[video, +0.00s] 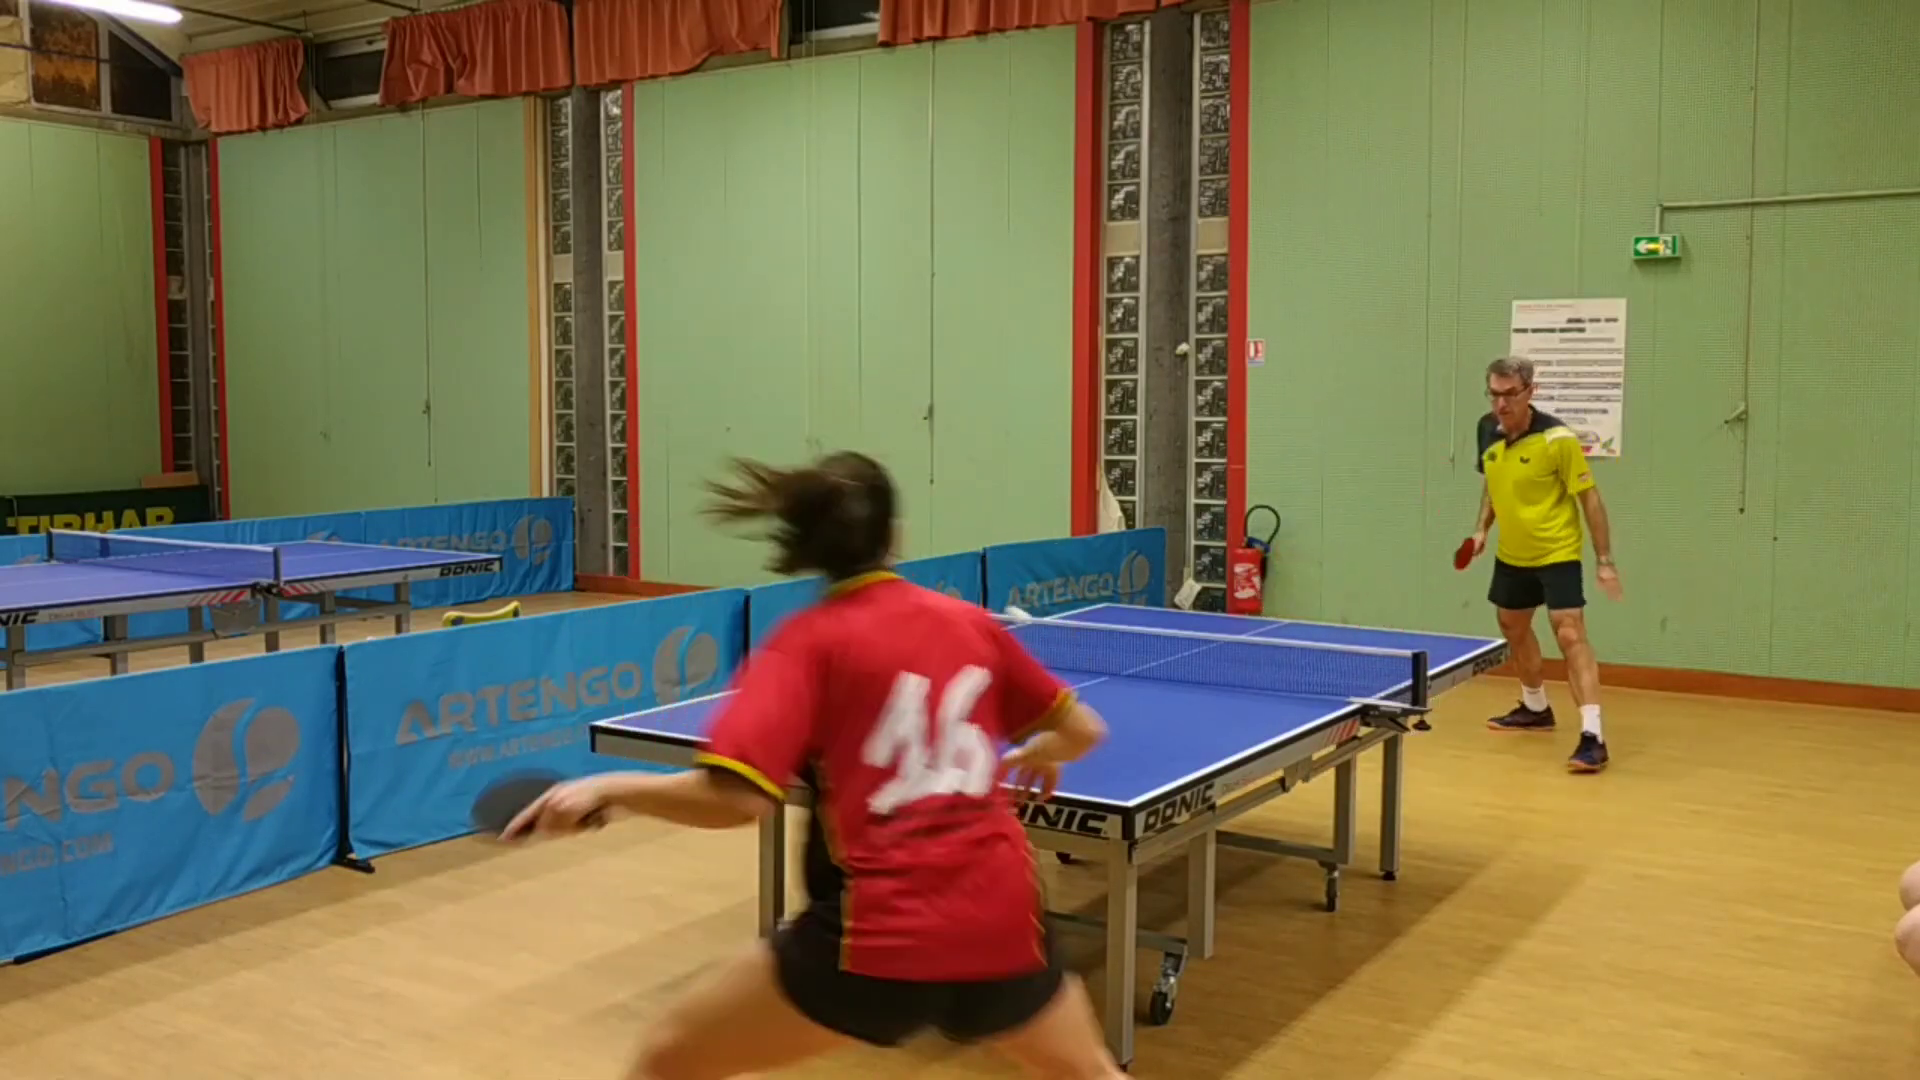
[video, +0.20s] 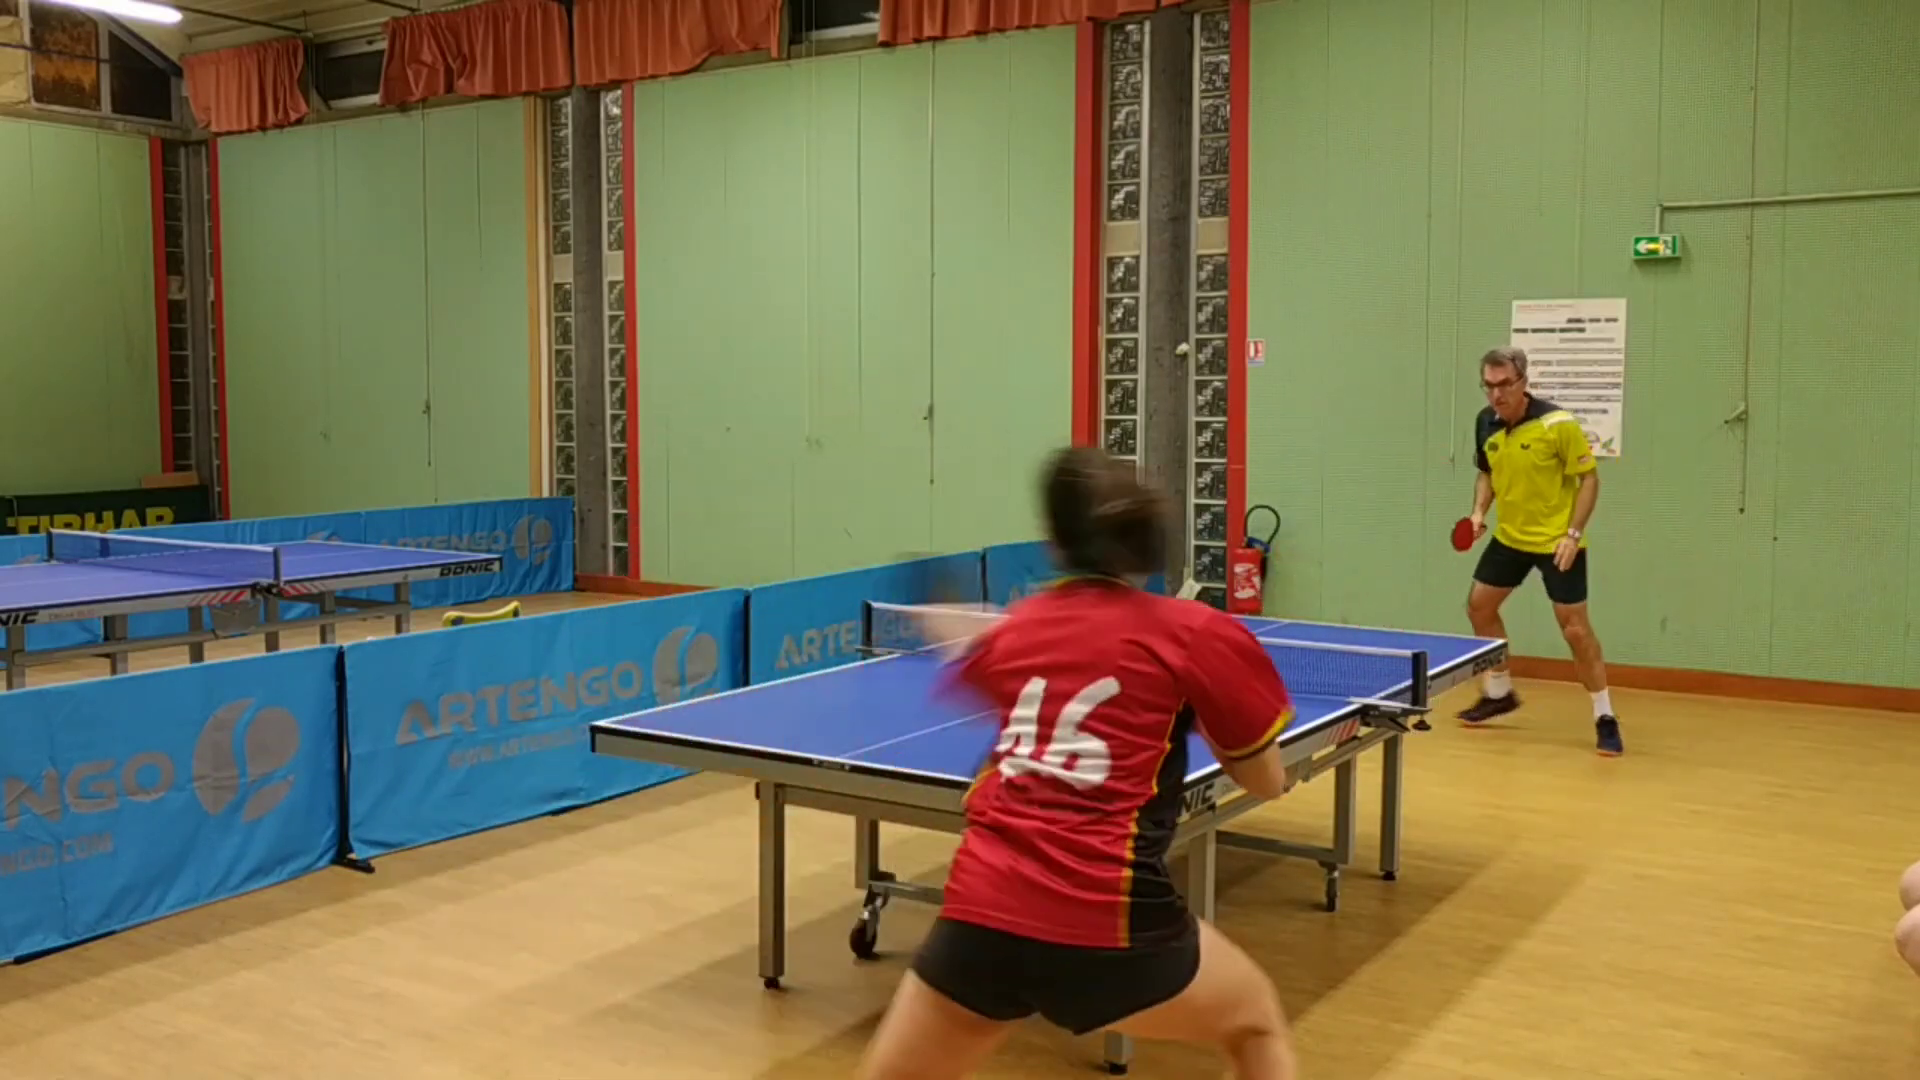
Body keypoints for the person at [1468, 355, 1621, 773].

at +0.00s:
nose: (1500, 404)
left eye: (1509, 395)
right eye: (1494, 395)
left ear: (1530, 393)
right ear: (1489, 395)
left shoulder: (1559, 440)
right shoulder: (1489, 434)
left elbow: (1590, 498)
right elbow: (1492, 486)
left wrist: (1604, 560)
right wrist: (1481, 530)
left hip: (1559, 556)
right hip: (1513, 555)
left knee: (1569, 635)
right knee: (1513, 626)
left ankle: (1592, 735)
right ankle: (1535, 707)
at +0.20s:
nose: (1496, 394)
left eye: (1504, 386)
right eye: (1490, 386)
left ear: (1524, 384)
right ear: (1484, 387)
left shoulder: (1559, 425)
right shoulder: (1486, 424)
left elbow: (1590, 479)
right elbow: (1486, 473)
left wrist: (1574, 534)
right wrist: (1478, 513)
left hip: (1557, 542)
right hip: (1510, 537)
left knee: (1576, 631)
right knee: (1480, 608)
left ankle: (1604, 717)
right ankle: (1499, 693)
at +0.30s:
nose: (1490, 409)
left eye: (1498, 400)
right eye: (1483, 401)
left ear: (1518, 397)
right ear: (1478, 401)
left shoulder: (1552, 438)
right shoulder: (1481, 438)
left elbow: (1583, 494)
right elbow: (1483, 486)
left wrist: (1570, 548)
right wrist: (1475, 527)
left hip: (1558, 552)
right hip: (1510, 548)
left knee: (1576, 637)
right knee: (1471, 614)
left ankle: (1607, 719)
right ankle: (1442, 700)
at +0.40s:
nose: (1486, 425)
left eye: (1495, 416)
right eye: (1480, 417)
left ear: (1514, 413)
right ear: (1474, 417)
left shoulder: (1548, 452)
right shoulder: (1471, 452)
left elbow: (1574, 509)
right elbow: (1470, 504)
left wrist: (1570, 560)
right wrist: (1467, 547)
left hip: (1547, 562)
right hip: (1496, 559)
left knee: (1577, 641)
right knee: (1454, 618)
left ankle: (1606, 720)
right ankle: (1432, 705)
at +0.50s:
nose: (1474, 422)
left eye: (1481, 413)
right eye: (1468, 414)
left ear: (1504, 410)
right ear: (1464, 415)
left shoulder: (1543, 450)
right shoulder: (1466, 450)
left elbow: (1569, 505)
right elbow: (1465, 503)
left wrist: (1570, 556)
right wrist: (1444, 550)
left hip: (1541, 558)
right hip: (1486, 553)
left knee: (1570, 641)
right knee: (1445, 617)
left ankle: (1605, 720)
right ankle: (1433, 706)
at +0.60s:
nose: (1458, 412)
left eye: (1464, 403)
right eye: (1453, 404)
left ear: (1492, 400)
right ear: (1452, 405)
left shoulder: (1532, 439)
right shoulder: (1459, 438)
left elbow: (1562, 493)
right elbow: (1444, 489)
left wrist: (1562, 549)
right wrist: (1396, 523)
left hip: (1531, 552)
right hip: (1478, 548)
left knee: (1563, 636)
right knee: (1439, 613)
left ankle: (1604, 719)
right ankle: (1433, 707)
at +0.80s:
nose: (1449, 400)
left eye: (1456, 391)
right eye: (1445, 392)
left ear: (1482, 389)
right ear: (1442, 394)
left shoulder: (1518, 434)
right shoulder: (1441, 430)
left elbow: (1558, 486)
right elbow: (1393, 461)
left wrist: (1549, 548)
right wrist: (1337, 485)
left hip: (1518, 552)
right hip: (1467, 548)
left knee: (1556, 635)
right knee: (1431, 616)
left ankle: (1599, 719)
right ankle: (1432, 706)